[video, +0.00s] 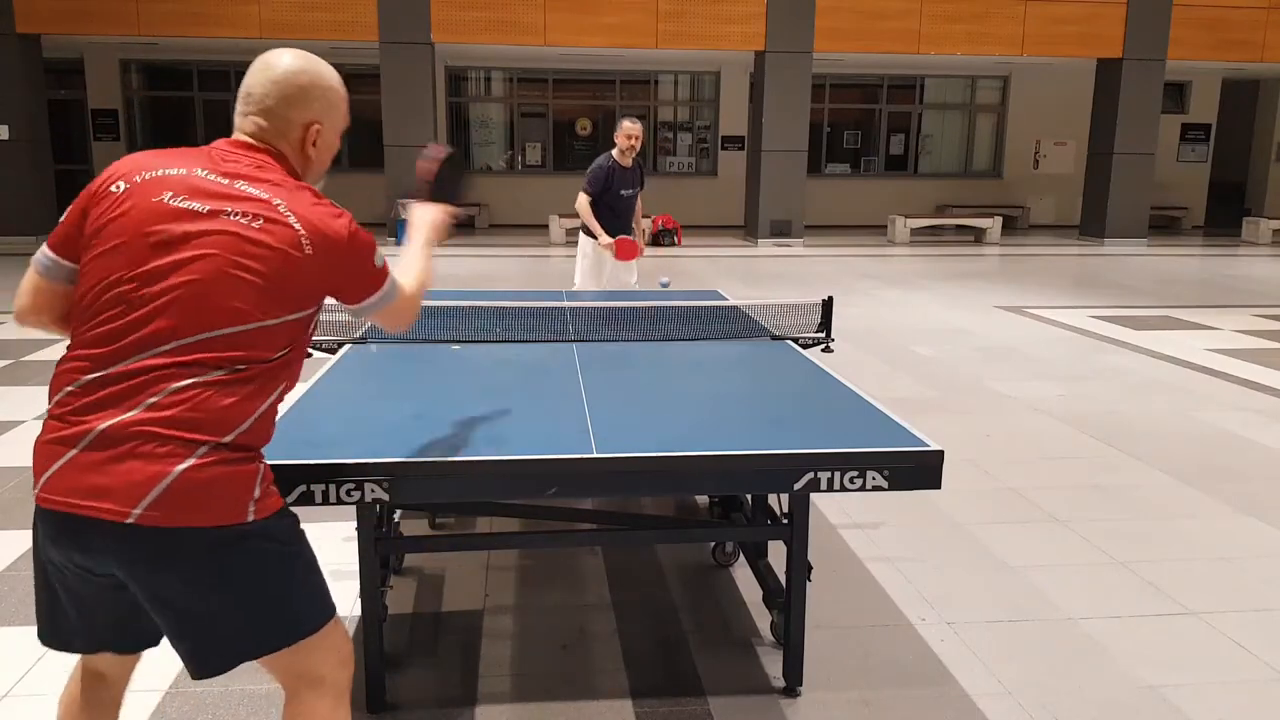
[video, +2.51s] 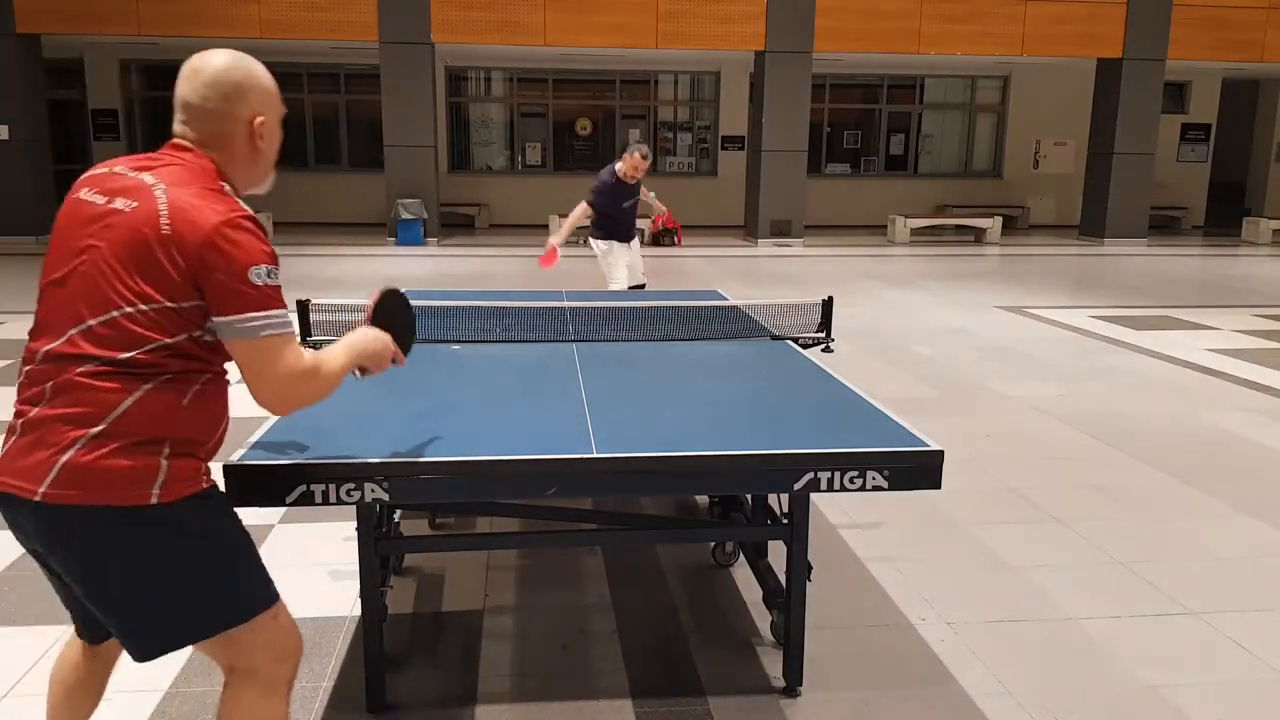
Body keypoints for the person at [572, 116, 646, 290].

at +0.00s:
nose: (633, 143)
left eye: (637, 138)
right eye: (628, 138)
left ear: (642, 140)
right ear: (616, 138)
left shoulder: (636, 166)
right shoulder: (602, 166)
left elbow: (635, 201)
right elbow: (581, 203)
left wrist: (639, 235)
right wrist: (601, 235)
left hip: (624, 243)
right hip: (594, 243)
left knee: (626, 296)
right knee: (588, 295)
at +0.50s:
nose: (672, 204)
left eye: (677, 199)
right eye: (669, 197)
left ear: (680, 197)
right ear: (657, 187)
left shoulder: (657, 199)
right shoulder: (635, 208)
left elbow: (659, 224)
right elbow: (629, 254)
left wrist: (668, 253)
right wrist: (657, 272)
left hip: (636, 251)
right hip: (613, 252)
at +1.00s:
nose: (660, 163)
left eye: (665, 158)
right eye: (656, 157)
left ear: (670, 160)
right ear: (645, 156)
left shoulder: (668, 182)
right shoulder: (630, 182)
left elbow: (679, 212)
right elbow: (604, 207)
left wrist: (695, 244)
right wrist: (595, 232)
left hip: (658, 246)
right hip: (630, 246)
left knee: (664, 296)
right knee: (643, 295)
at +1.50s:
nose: (634, 147)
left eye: (639, 143)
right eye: (630, 142)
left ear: (645, 146)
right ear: (621, 145)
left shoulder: (648, 171)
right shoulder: (609, 173)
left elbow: (653, 201)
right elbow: (593, 210)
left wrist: (657, 232)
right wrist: (599, 241)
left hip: (641, 243)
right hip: (611, 246)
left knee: (649, 291)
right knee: (606, 298)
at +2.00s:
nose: (649, 161)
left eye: (653, 157)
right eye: (645, 155)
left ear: (658, 158)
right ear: (635, 154)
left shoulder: (653, 175)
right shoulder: (621, 179)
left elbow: (655, 204)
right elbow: (606, 217)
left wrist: (664, 239)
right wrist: (628, 246)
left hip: (641, 239)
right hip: (615, 239)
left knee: (649, 285)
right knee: (620, 283)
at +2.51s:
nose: (638, 174)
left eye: (642, 171)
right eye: (635, 168)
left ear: (646, 168)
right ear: (624, 160)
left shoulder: (633, 176)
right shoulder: (607, 181)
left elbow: (638, 190)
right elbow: (585, 208)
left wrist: (655, 203)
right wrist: (559, 237)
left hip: (630, 237)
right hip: (607, 240)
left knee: (638, 285)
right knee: (619, 287)